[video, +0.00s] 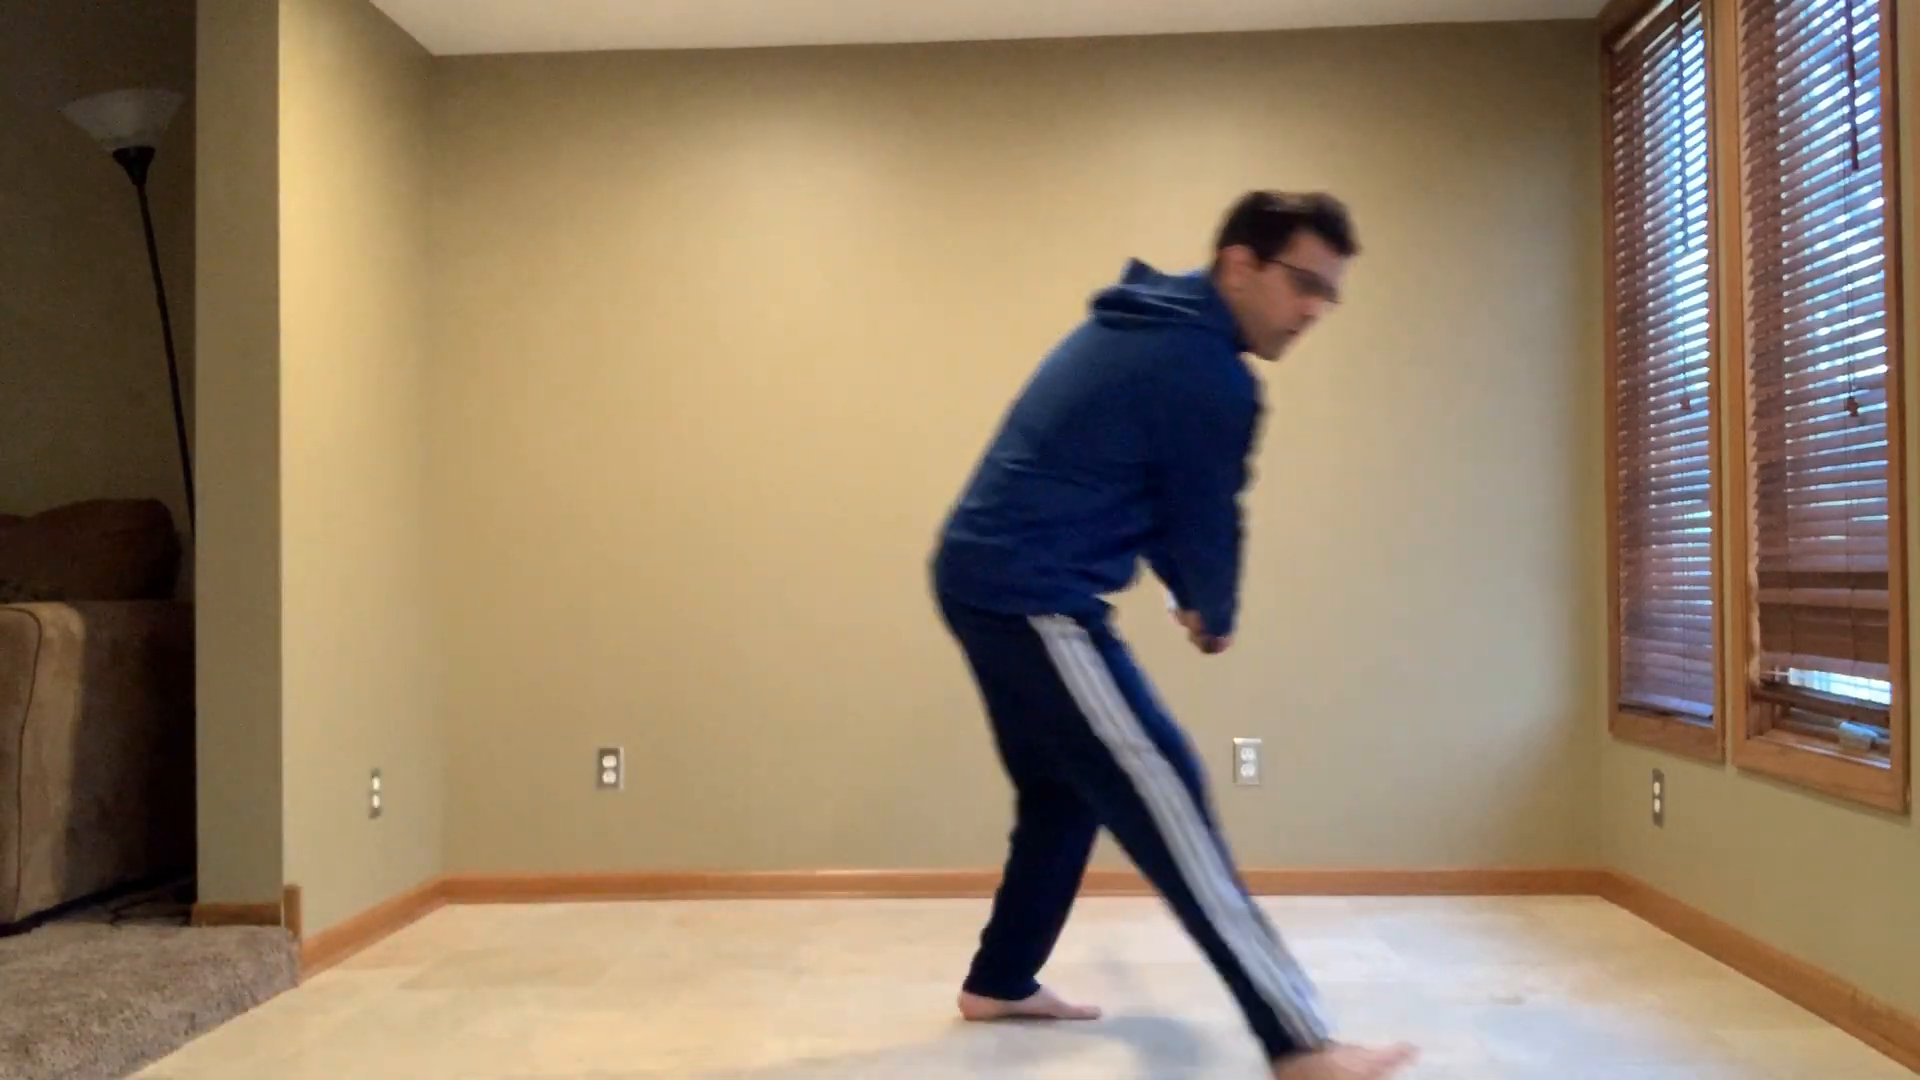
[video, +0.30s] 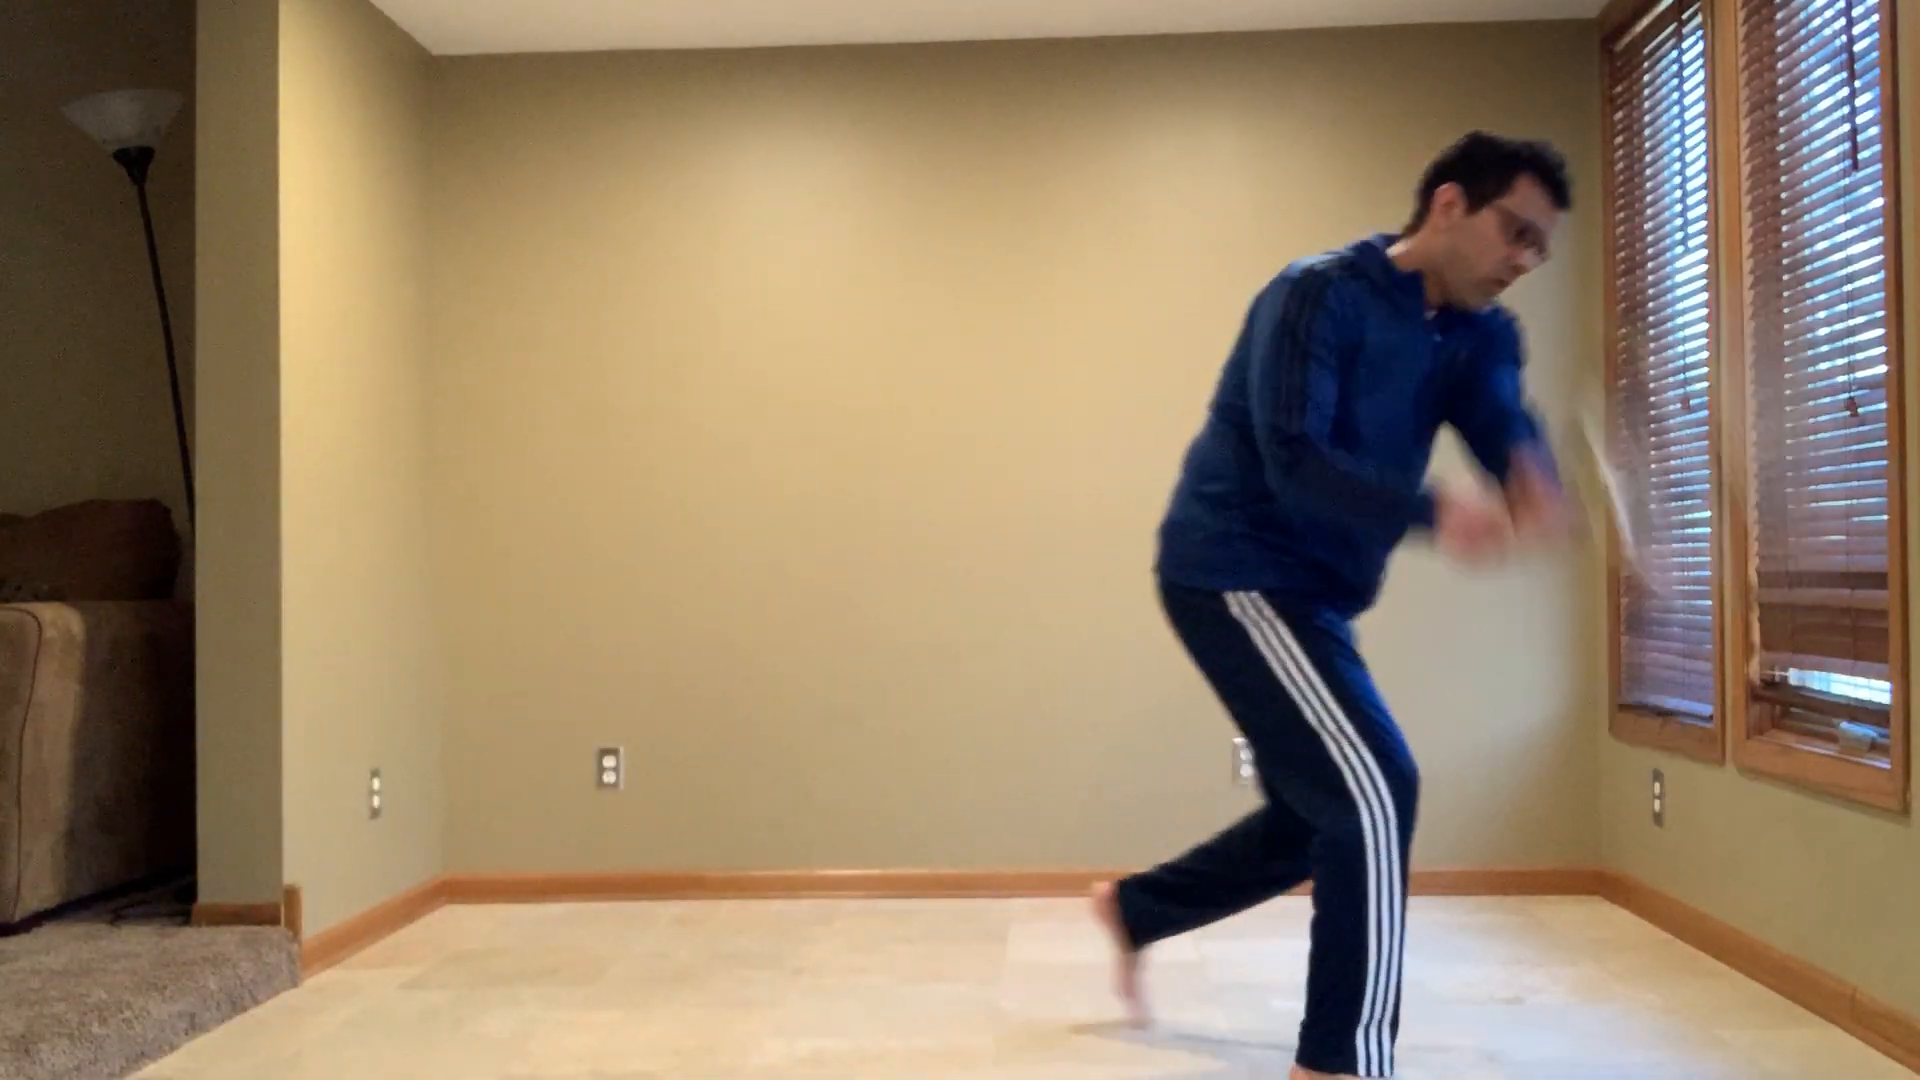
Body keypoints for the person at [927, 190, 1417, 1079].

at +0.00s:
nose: (1317, 312)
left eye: (1328, 294)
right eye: (1305, 285)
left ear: (1232, 271)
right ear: (1237, 264)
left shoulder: (1147, 316)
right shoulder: (1207, 375)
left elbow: (1139, 477)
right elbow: (1204, 520)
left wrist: (1187, 583)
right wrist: (1211, 611)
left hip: (988, 576)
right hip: (1036, 593)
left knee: (1061, 792)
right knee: (1158, 784)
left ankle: (1000, 983)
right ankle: (1296, 1044)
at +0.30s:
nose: (1525, 262)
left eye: (1538, 246)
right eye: (1517, 233)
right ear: (1447, 205)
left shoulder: (1481, 333)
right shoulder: (1318, 294)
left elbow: (1500, 425)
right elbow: (1294, 463)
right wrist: (1434, 512)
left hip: (1313, 596)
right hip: (1232, 578)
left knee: (1324, 818)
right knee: (1374, 790)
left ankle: (1135, 909)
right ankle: (1338, 1062)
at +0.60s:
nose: (1637, 175)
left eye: (1654, 159)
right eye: (1620, 148)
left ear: (1660, 170)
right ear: (1553, 139)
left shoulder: (1643, 252)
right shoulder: (1458, 229)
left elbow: (1588, 329)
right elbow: (1309, 345)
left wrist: (1459, 220)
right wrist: (1397, 227)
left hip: (1543, 550)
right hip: (1423, 542)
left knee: (1649, 763)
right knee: (1439, 776)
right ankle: (1360, 1053)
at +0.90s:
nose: (1581, 167)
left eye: (1599, 150)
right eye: (1558, 148)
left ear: (1616, 168)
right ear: (1504, 167)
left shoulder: (1645, 287)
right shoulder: (1433, 297)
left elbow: (1658, 443)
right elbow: (1361, 423)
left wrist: (1518, 460)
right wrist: (1403, 479)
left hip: (1602, 582)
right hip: (1469, 584)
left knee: (1706, 777)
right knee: (1469, 785)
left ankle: (1759, 999)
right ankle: (1417, 986)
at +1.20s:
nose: (1330, 136)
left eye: (1349, 117)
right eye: (1307, 120)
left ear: (1378, 135)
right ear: (1271, 143)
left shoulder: (1422, 253)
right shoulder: (1219, 273)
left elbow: (1467, 409)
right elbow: (1175, 432)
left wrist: (1392, 457)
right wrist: (1287, 496)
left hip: (1415, 552)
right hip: (1295, 574)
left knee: (1485, 743)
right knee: (1363, 789)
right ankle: (1454, 976)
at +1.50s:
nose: (1028, 157)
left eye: (1052, 140)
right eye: (1010, 139)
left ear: (1094, 164)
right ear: (986, 161)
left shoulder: (1150, 279)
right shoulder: (951, 299)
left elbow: (1193, 429)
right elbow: (932, 455)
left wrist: (1085, 507)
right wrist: (996, 526)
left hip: (1151, 586)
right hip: (1015, 591)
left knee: (1226, 786)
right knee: (931, 788)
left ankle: (1302, 1018)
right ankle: (876, 1001)